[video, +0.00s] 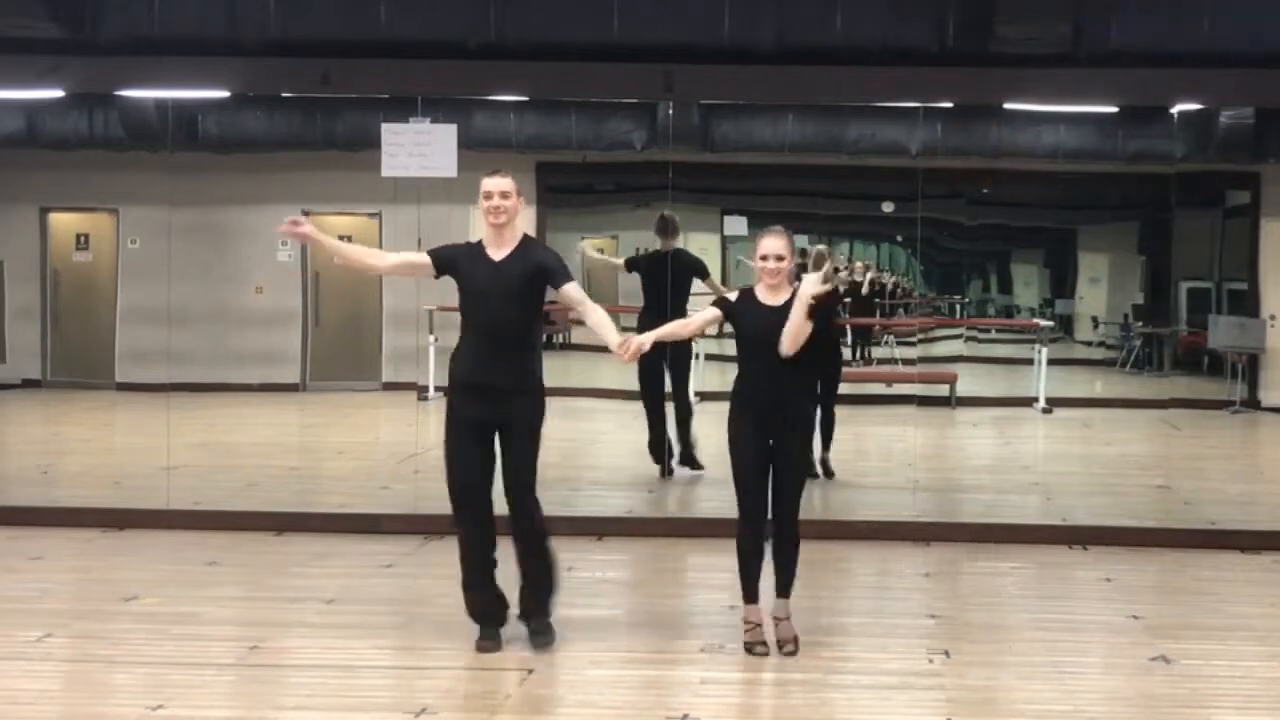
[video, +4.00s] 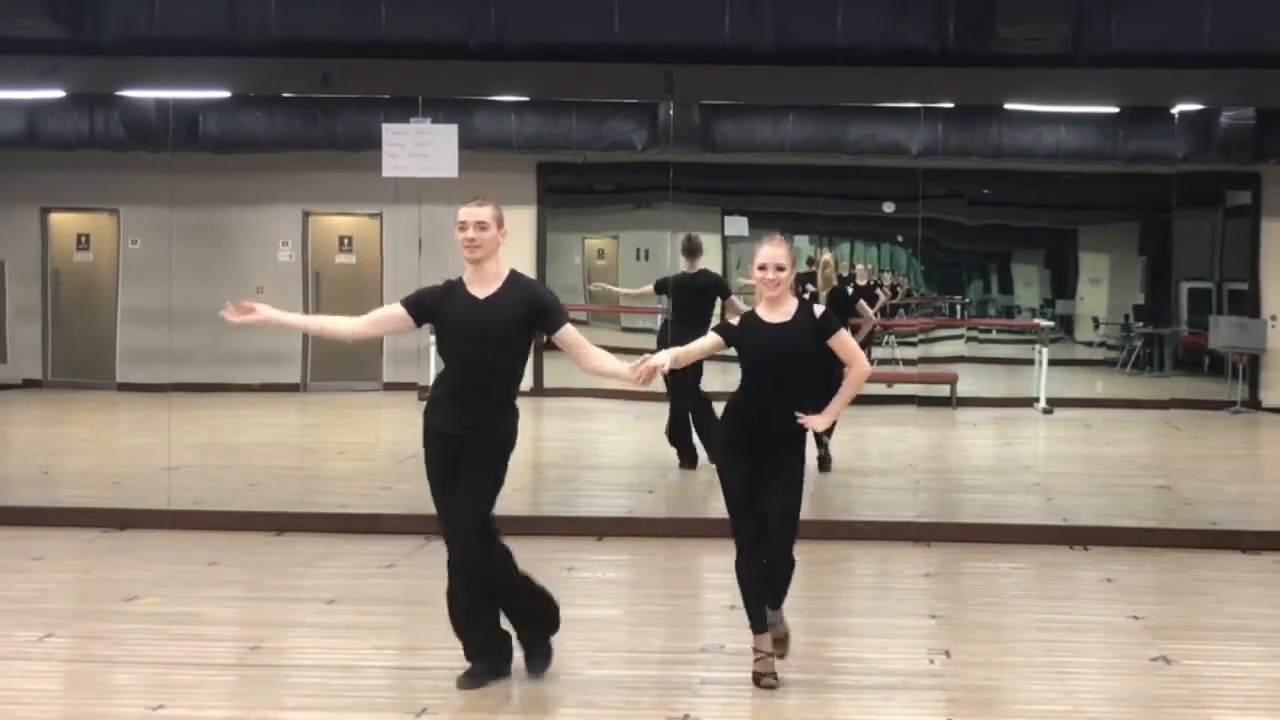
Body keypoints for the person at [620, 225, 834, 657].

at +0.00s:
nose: (771, 265)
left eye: (778, 258)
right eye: (764, 258)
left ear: (792, 262)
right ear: (754, 261)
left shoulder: (811, 305)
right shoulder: (739, 301)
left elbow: (788, 347)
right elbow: (693, 324)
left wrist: (803, 293)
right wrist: (649, 336)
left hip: (795, 423)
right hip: (749, 422)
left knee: (786, 518)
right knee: (752, 517)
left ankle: (783, 610)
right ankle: (753, 613)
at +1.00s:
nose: (767, 281)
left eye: (774, 275)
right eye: (767, 275)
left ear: (800, 277)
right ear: (777, 280)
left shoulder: (836, 317)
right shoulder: (766, 322)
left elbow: (878, 355)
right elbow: (712, 340)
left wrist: (845, 396)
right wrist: (689, 333)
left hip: (816, 433)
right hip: (768, 429)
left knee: (809, 529)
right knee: (731, 509)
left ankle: (785, 612)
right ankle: (692, 577)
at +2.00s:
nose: (761, 260)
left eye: (770, 254)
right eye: (755, 253)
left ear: (785, 263)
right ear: (744, 261)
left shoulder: (799, 311)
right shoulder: (731, 314)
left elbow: (849, 355)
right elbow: (679, 338)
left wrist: (815, 400)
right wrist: (630, 347)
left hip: (782, 435)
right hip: (735, 434)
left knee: (769, 529)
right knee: (744, 532)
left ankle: (761, 613)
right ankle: (748, 640)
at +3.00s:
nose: (759, 269)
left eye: (768, 261)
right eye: (751, 261)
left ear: (783, 266)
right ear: (742, 266)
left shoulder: (799, 313)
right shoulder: (733, 313)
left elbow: (821, 356)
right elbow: (686, 333)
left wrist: (822, 386)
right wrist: (639, 341)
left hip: (785, 435)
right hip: (737, 432)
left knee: (768, 525)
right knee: (745, 534)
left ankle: (698, 545)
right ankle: (752, 644)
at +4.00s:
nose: (771, 275)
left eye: (779, 268)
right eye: (763, 268)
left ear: (793, 272)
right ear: (752, 272)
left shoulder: (816, 318)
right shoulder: (741, 323)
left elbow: (860, 367)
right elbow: (688, 351)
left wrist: (828, 416)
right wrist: (660, 360)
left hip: (788, 441)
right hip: (740, 439)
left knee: (780, 543)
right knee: (748, 543)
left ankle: (774, 612)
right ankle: (760, 643)